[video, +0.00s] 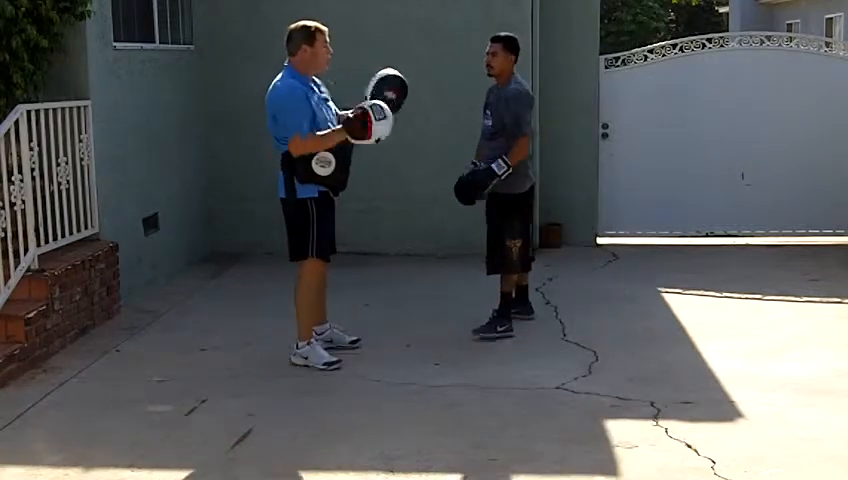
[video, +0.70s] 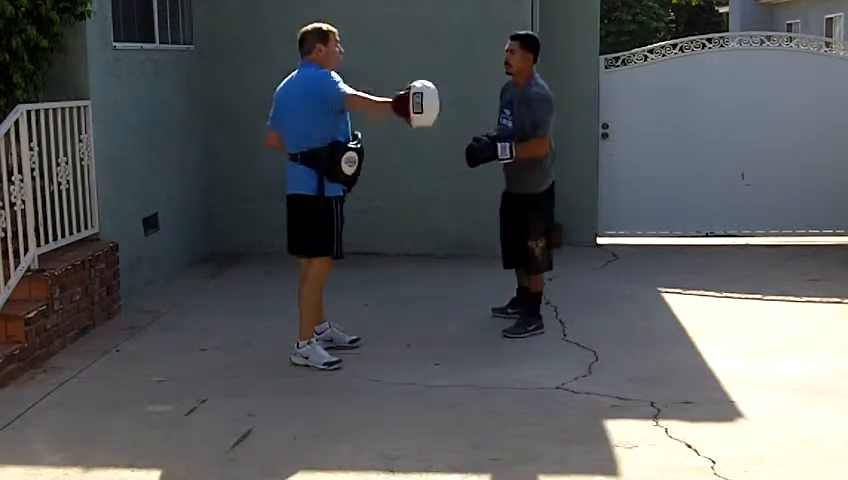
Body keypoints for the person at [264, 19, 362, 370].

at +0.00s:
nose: (330, 51)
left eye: (329, 45)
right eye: (325, 45)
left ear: (306, 51)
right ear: (305, 51)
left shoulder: (309, 82)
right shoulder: (288, 89)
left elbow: (328, 119)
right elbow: (298, 145)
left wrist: (357, 116)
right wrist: (344, 132)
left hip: (318, 186)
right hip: (301, 190)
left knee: (321, 260)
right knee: (311, 262)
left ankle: (320, 329)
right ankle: (304, 345)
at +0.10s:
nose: (335, 51)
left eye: (334, 45)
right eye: (330, 45)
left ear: (312, 51)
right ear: (310, 51)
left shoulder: (314, 84)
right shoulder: (287, 91)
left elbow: (322, 136)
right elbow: (283, 149)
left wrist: (352, 134)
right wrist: (323, 165)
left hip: (320, 189)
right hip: (302, 193)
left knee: (322, 260)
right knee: (312, 262)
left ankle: (319, 330)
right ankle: (304, 345)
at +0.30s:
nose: (345, 53)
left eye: (343, 46)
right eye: (340, 46)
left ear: (320, 51)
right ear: (321, 50)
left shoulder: (318, 83)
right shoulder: (298, 88)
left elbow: (326, 133)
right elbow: (279, 138)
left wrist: (353, 145)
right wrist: (279, 184)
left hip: (326, 190)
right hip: (311, 192)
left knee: (322, 261)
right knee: (316, 263)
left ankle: (319, 330)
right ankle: (304, 344)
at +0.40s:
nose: (345, 52)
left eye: (344, 46)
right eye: (341, 45)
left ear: (319, 49)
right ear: (325, 48)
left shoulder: (318, 82)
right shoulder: (305, 84)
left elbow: (314, 133)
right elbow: (288, 134)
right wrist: (284, 174)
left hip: (325, 189)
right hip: (313, 191)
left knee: (322, 260)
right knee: (317, 262)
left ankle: (318, 329)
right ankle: (305, 344)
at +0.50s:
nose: (345, 52)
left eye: (343, 46)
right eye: (341, 46)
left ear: (313, 50)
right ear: (325, 48)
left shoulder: (294, 82)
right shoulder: (316, 81)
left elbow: (282, 131)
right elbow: (306, 127)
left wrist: (303, 154)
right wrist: (317, 159)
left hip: (306, 190)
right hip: (318, 192)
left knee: (314, 261)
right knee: (319, 262)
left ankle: (318, 329)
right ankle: (305, 344)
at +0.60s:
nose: (343, 52)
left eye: (342, 46)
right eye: (339, 46)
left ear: (311, 51)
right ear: (322, 49)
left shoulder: (289, 84)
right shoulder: (321, 79)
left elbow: (274, 134)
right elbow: (328, 113)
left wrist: (306, 153)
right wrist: (355, 130)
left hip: (301, 187)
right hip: (320, 188)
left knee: (312, 261)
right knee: (319, 262)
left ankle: (318, 329)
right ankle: (305, 344)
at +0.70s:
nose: (341, 51)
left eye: (340, 45)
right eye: (337, 46)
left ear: (309, 52)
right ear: (319, 49)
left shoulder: (285, 86)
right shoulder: (323, 78)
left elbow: (273, 138)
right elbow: (351, 100)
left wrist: (312, 150)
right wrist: (395, 104)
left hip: (300, 188)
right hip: (322, 188)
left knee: (312, 261)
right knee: (321, 262)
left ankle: (320, 328)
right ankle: (305, 345)